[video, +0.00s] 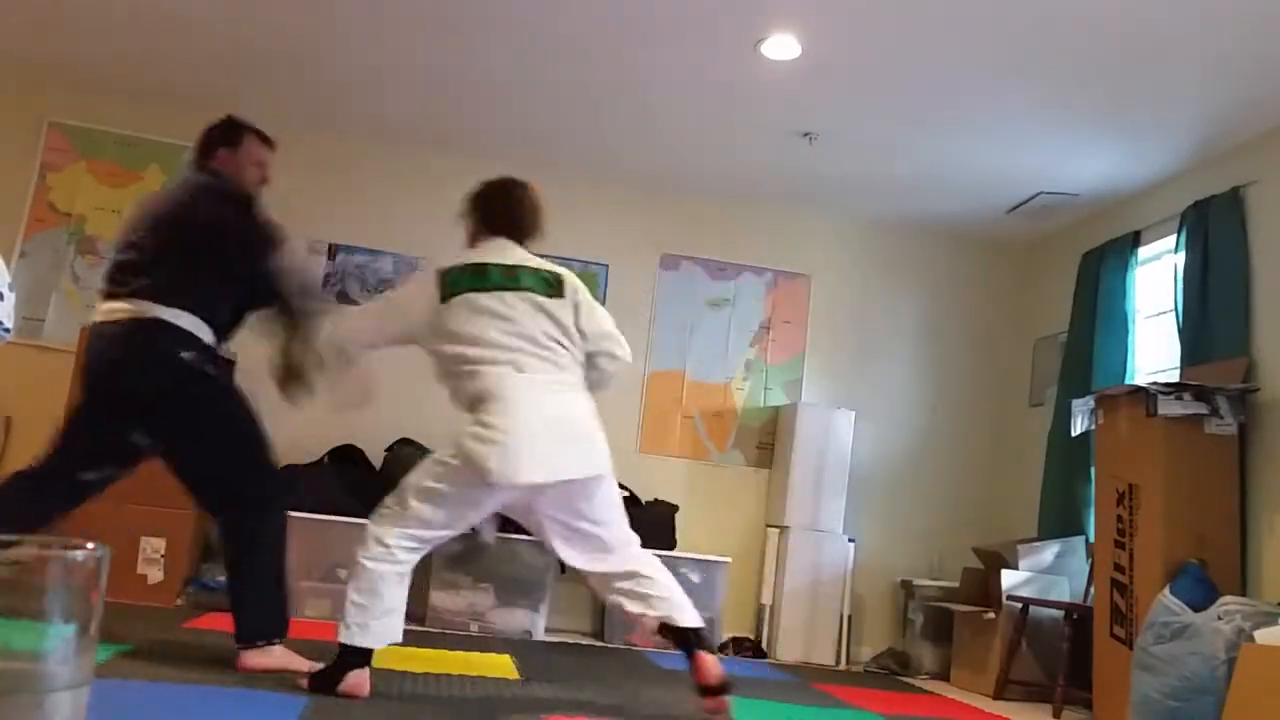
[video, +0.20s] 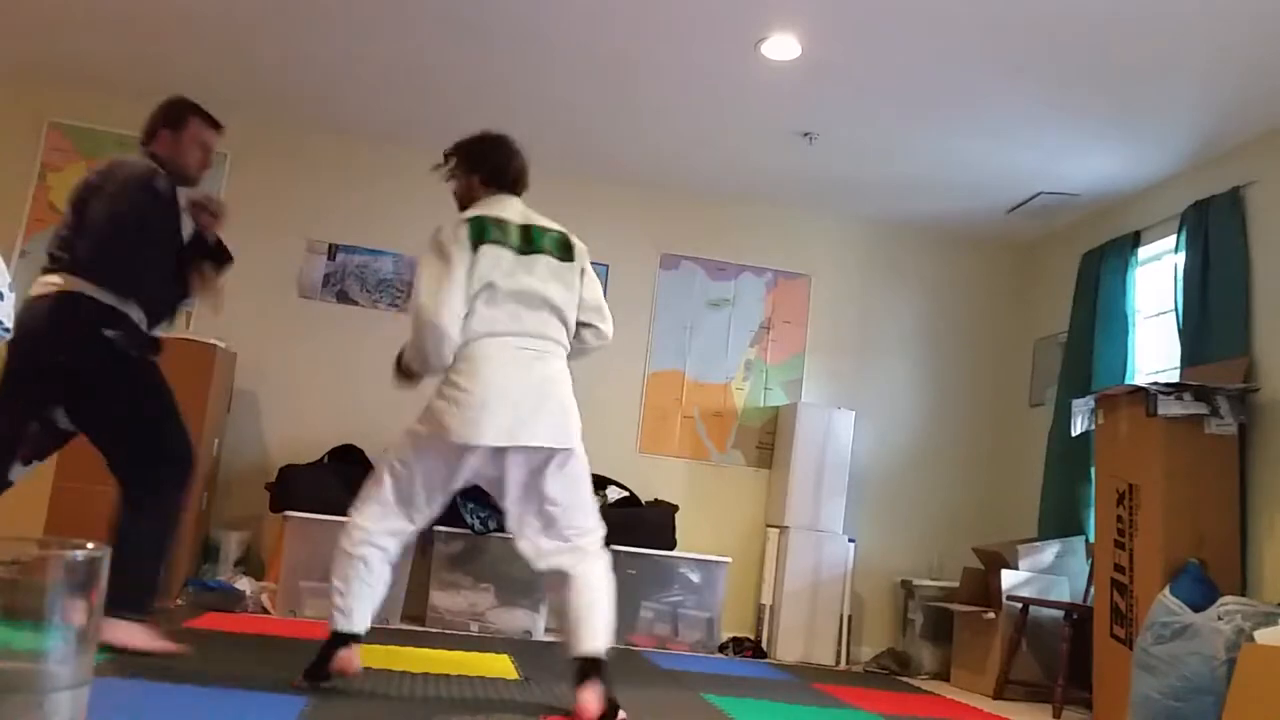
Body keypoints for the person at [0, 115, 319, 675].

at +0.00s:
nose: (265, 178)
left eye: (268, 167)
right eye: (258, 164)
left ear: (212, 162)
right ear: (223, 156)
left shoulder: (167, 204)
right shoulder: (236, 213)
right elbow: (289, 286)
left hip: (106, 349)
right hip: (171, 359)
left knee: (67, 474)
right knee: (250, 492)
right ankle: (261, 640)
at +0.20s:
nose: (207, 160)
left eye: (211, 150)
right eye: (202, 145)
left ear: (156, 140)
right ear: (165, 136)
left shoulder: (103, 176)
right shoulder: (151, 186)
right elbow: (154, 298)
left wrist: (192, 237)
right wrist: (198, 255)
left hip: (37, 324)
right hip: (93, 335)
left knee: (9, 454)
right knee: (163, 464)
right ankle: (126, 613)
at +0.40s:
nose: (185, 154)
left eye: (190, 145)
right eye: (179, 140)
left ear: (135, 135)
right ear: (143, 129)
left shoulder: (70, 169)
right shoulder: (129, 185)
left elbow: (154, 280)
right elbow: (127, 275)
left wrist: (196, 233)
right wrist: (173, 263)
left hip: (26, 326)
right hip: (70, 340)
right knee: (112, 460)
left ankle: (53, 603)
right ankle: (53, 602)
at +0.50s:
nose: (158, 171)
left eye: (164, 161)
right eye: (153, 155)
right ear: (117, 142)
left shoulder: (134, 213)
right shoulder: (64, 187)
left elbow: (156, 292)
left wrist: (191, 244)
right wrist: (138, 245)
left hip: (82, 352)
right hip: (43, 347)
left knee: (126, 460)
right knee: (119, 459)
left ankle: (75, 607)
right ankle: (70, 609)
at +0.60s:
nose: (168, 165)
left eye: (174, 157)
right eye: (162, 151)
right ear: (126, 141)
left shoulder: (139, 221)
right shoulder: (75, 180)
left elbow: (136, 304)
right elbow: (31, 234)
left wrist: (178, 257)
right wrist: (113, 200)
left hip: (81, 353)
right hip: (45, 342)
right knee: (135, 460)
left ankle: (96, 602)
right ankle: (117, 607)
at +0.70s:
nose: (181, 176)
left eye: (184, 167)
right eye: (173, 163)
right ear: (138, 153)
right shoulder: (122, 198)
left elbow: (162, 306)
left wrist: (192, 247)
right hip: (57, 342)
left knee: (21, 468)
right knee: (113, 474)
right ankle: (117, 621)